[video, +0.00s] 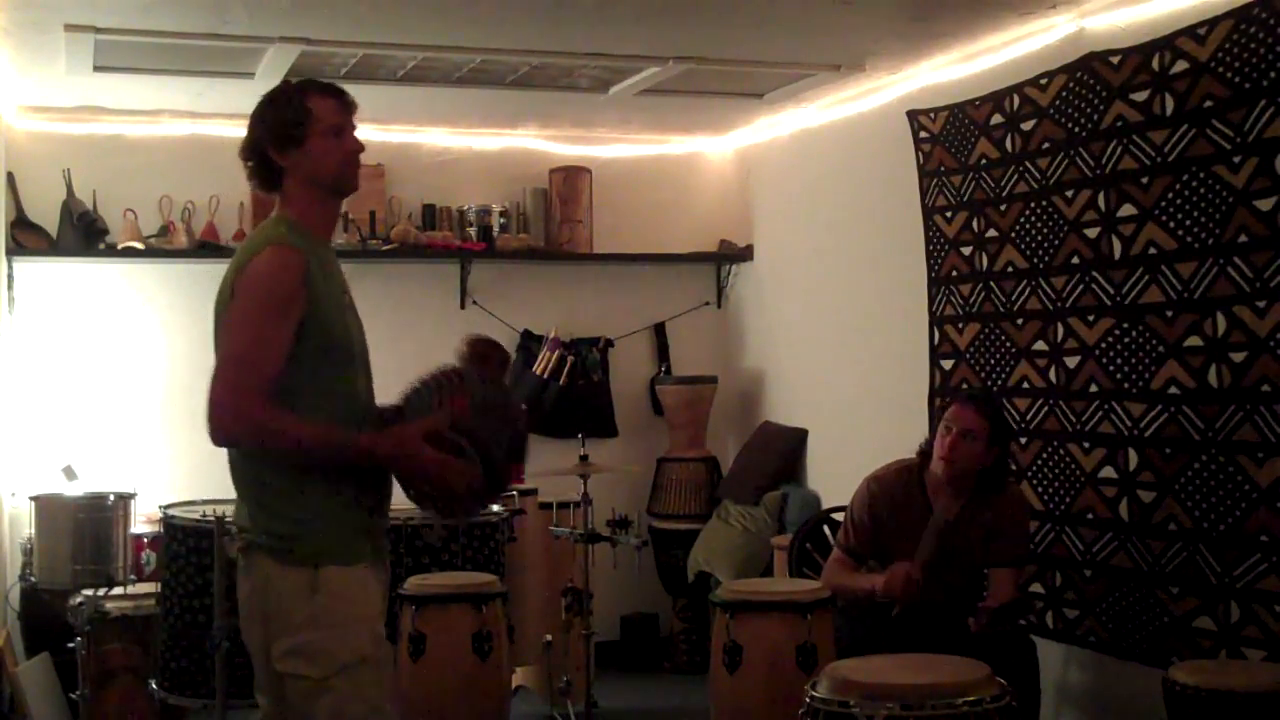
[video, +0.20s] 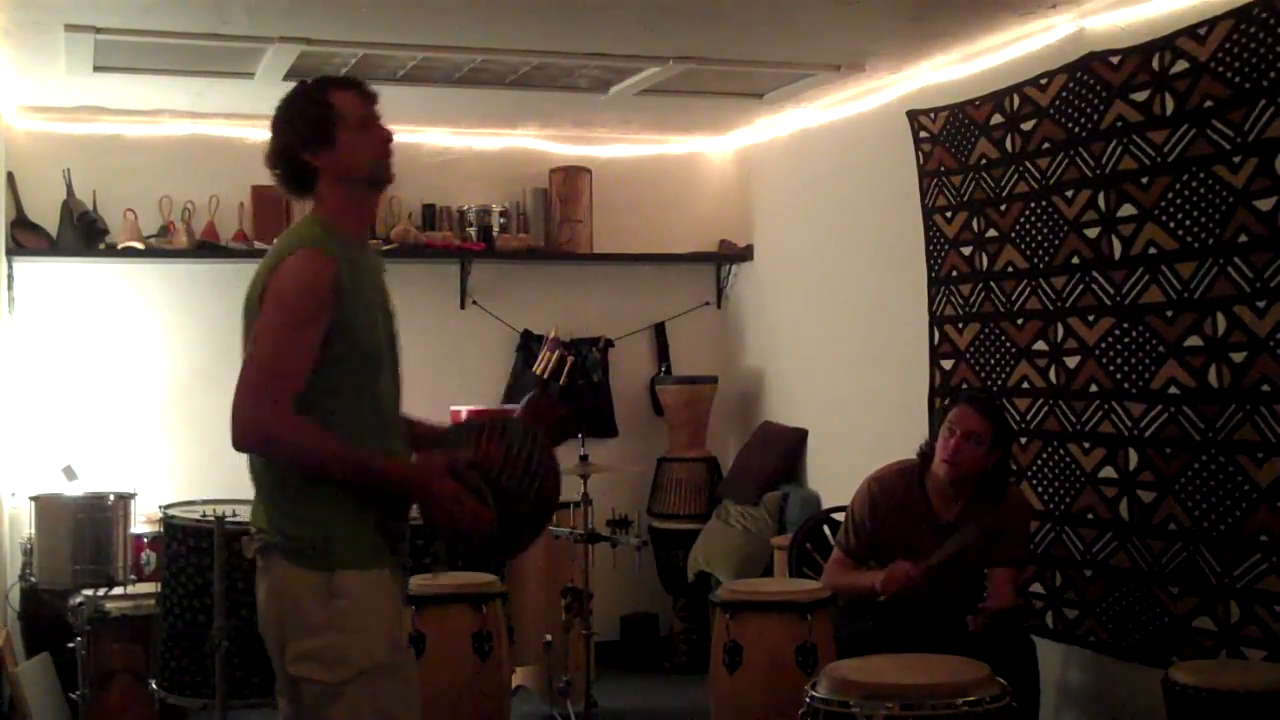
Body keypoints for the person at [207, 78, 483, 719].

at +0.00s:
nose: (358, 145)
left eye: (355, 131)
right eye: (339, 133)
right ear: (286, 152)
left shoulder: (307, 257)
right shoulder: (279, 259)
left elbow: (324, 414)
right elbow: (233, 414)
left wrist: (418, 417)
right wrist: (384, 449)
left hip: (329, 560)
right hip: (309, 566)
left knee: (329, 707)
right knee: (340, 708)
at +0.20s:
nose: (388, 134)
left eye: (379, 120)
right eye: (367, 124)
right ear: (318, 152)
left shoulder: (353, 255)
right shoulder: (312, 260)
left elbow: (353, 413)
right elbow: (257, 421)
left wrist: (448, 440)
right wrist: (407, 477)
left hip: (354, 562)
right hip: (325, 571)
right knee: (362, 707)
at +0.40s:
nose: (439, 128)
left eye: (432, 114)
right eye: (419, 117)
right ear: (367, 139)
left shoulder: (411, 240)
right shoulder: (331, 247)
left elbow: (400, 383)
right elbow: (245, 396)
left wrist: (522, 362)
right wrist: (402, 418)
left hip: (398, 547)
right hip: (344, 558)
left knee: (398, 706)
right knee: (360, 708)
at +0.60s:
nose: (476, 129)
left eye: (469, 114)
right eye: (456, 117)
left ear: (412, 141)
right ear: (401, 140)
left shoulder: (444, 244)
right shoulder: (360, 258)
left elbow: (428, 394)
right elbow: (288, 421)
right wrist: (447, 460)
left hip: (423, 556)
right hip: (367, 568)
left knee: (426, 708)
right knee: (383, 711)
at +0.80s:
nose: (485, 119)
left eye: (478, 106)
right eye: (465, 108)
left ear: (423, 138)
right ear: (409, 135)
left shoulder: (430, 244)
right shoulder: (394, 255)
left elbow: (454, 358)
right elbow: (409, 444)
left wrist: (563, 348)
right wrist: (566, 416)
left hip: (438, 559)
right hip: (390, 572)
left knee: (474, 702)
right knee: (412, 709)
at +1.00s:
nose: (481, 122)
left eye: (473, 106)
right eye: (462, 108)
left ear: (409, 133)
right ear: (404, 130)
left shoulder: (418, 238)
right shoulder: (409, 251)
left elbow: (514, 346)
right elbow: (469, 431)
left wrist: (637, 344)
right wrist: (610, 385)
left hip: (433, 566)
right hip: (418, 578)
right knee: (449, 709)